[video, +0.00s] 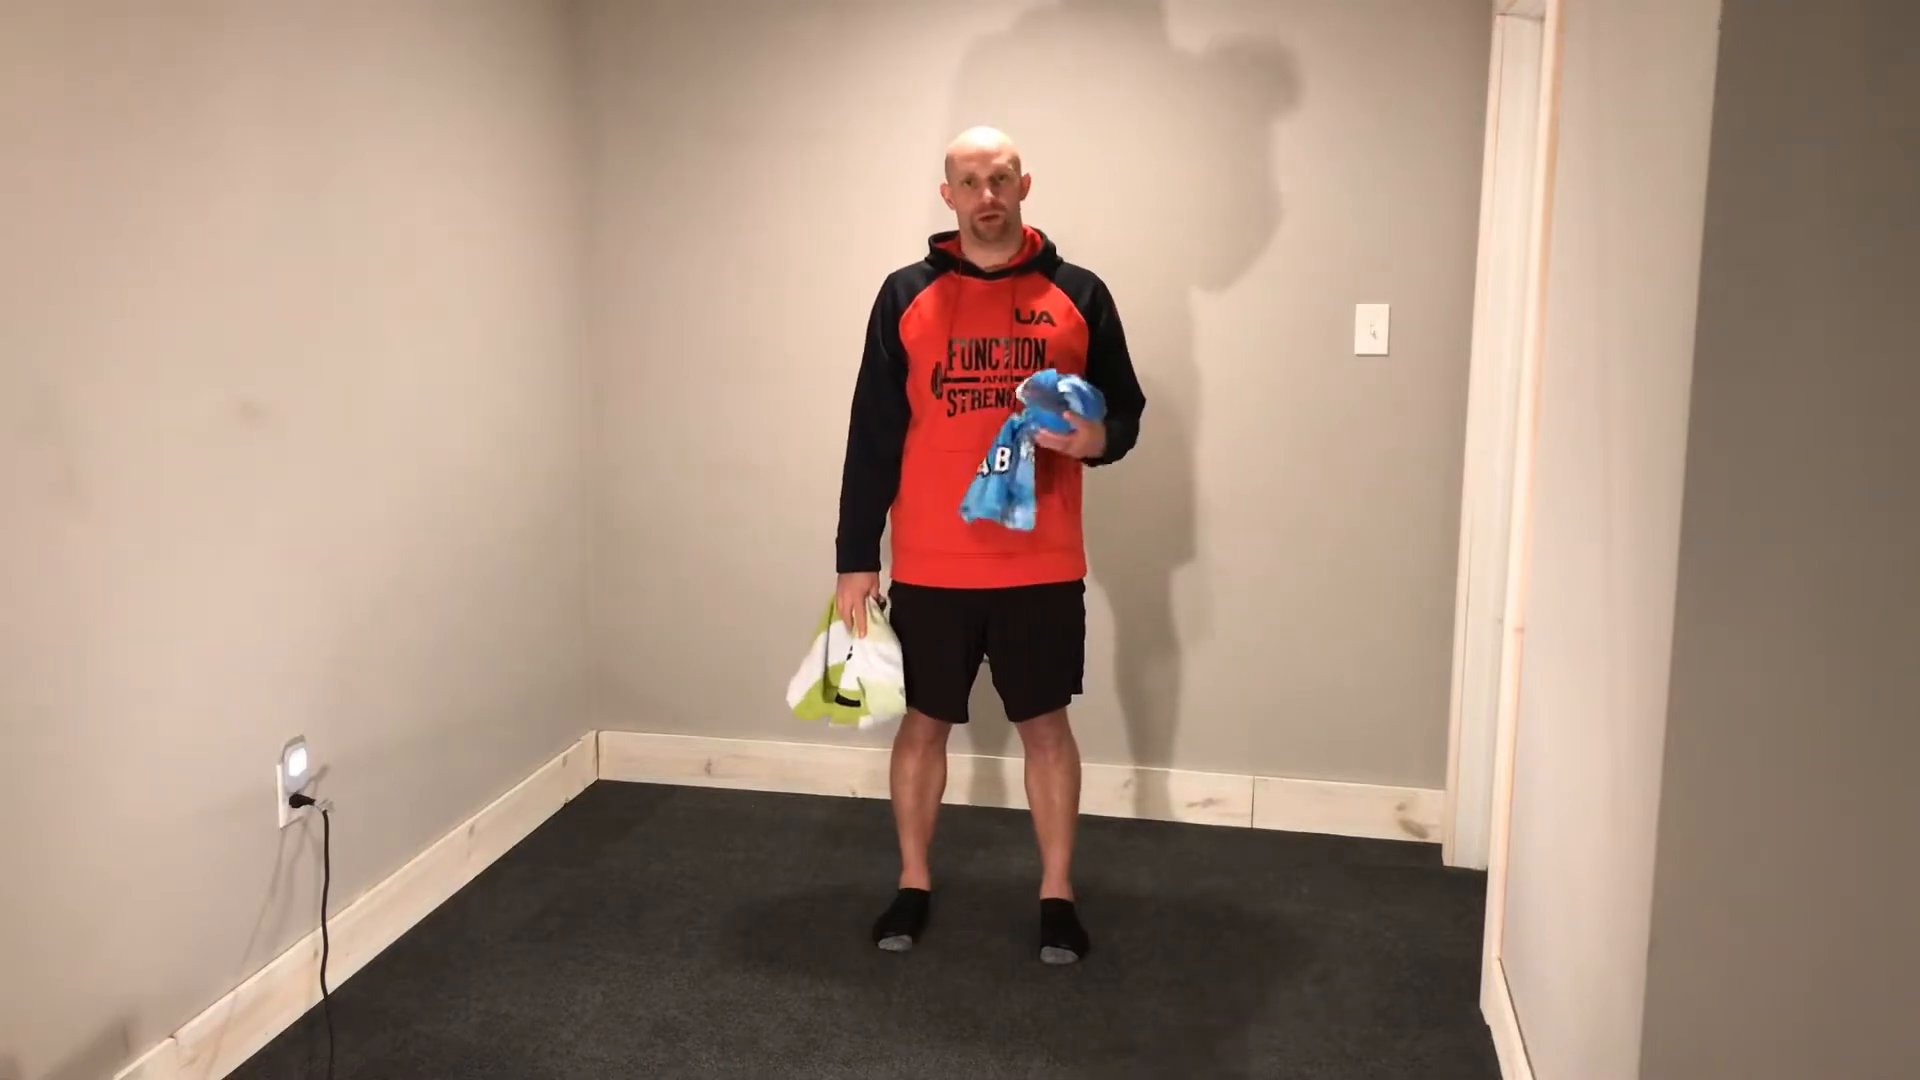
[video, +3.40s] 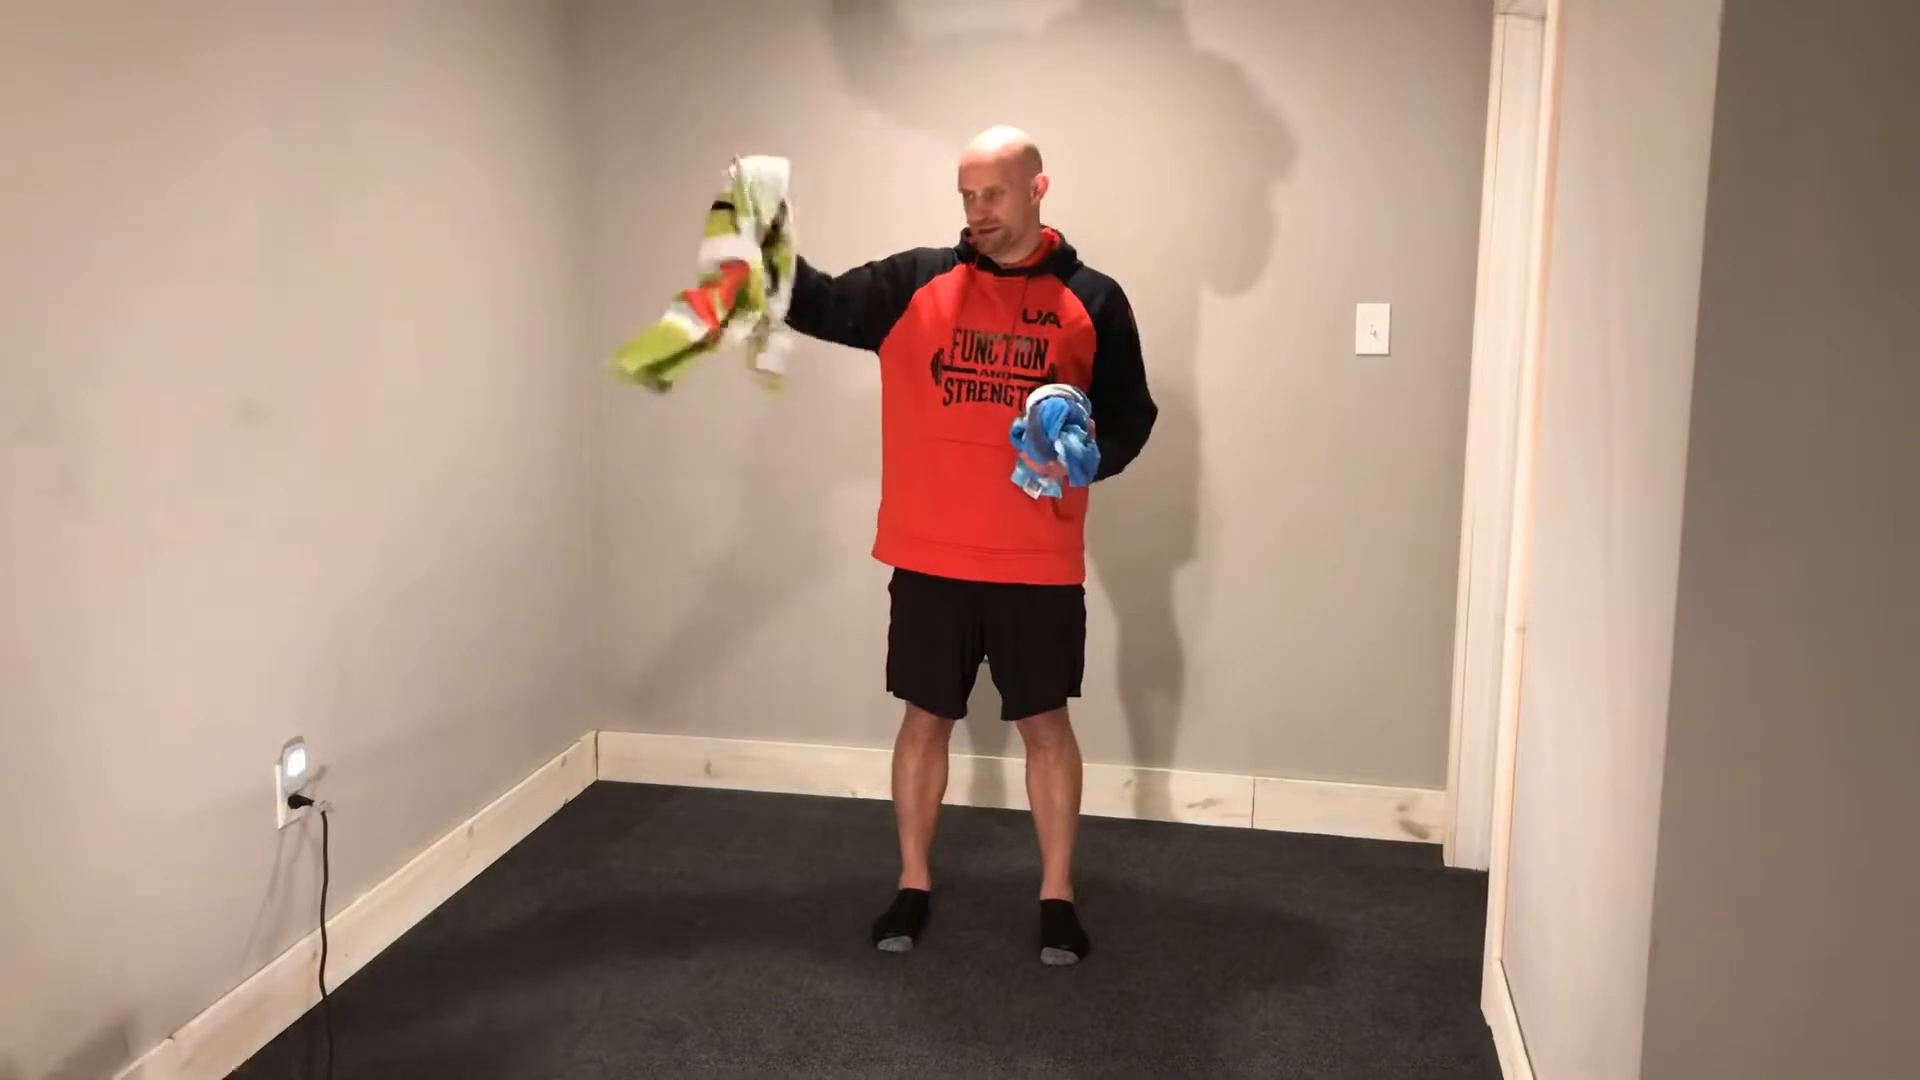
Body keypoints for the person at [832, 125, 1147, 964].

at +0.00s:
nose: (986, 195)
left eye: (999, 180)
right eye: (969, 182)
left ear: (1024, 188)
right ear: (947, 193)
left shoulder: (1079, 294)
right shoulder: (907, 297)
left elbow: (1123, 412)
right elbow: (873, 434)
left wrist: (1098, 439)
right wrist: (856, 558)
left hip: (1038, 560)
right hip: (933, 561)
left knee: (1044, 724)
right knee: (924, 723)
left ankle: (1057, 896)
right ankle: (911, 888)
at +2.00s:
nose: (984, 202)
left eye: (998, 186)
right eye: (968, 187)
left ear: (1018, 190)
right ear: (941, 193)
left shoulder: (1070, 289)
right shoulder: (902, 301)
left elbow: (1127, 397)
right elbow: (877, 441)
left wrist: (1109, 388)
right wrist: (863, 568)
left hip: (1045, 562)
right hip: (936, 565)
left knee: (1049, 727)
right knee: (925, 724)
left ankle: (1058, 897)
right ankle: (912, 889)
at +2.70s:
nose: (986, 205)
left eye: (1000, 187)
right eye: (970, 190)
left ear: (1030, 185)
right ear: (951, 194)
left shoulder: (1090, 293)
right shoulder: (913, 294)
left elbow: (1128, 403)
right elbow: (854, 402)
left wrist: (1091, 445)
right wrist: (805, 500)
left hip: (1045, 559)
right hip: (938, 558)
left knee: (1048, 723)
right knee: (927, 718)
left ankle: (1058, 898)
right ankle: (912, 887)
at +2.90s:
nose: (962, 222)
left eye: (976, 206)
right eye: (953, 205)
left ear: (1026, 191)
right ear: (946, 199)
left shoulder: (1091, 296)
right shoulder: (918, 288)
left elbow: (1131, 409)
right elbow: (850, 366)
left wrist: (1091, 444)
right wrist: (778, 386)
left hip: (1043, 558)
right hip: (937, 555)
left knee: (1046, 721)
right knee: (927, 716)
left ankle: (1058, 897)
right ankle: (912, 888)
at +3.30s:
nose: (973, 216)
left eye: (987, 199)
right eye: (964, 199)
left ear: (1036, 190)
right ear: (957, 197)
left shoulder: (1093, 300)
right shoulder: (917, 280)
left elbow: (1130, 413)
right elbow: (831, 320)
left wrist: (1087, 458)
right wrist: (764, 265)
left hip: (1039, 560)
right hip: (932, 553)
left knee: (1044, 721)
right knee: (926, 716)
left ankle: (1058, 898)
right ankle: (912, 886)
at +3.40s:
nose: (977, 214)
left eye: (992, 197)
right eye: (967, 198)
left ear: (1037, 190)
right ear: (959, 196)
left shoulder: (1092, 300)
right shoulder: (916, 281)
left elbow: (1131, 416)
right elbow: (822, 302)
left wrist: (1085, 453)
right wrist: (761, 239)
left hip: (1037, 559)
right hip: (932, 551)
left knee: (1044, 721)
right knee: (926, 716)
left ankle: (1057, 899)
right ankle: (913, 888)